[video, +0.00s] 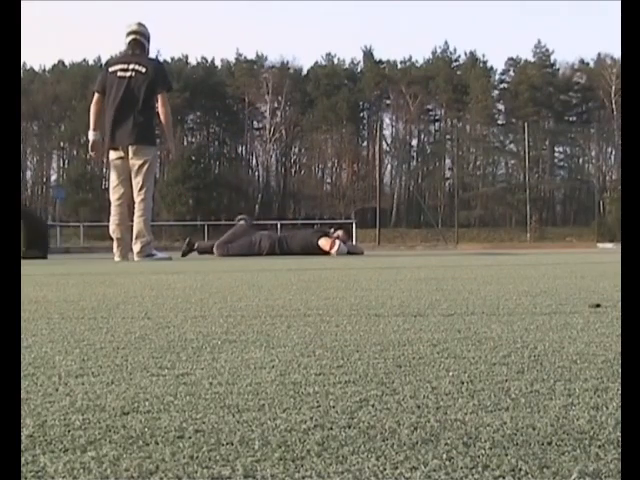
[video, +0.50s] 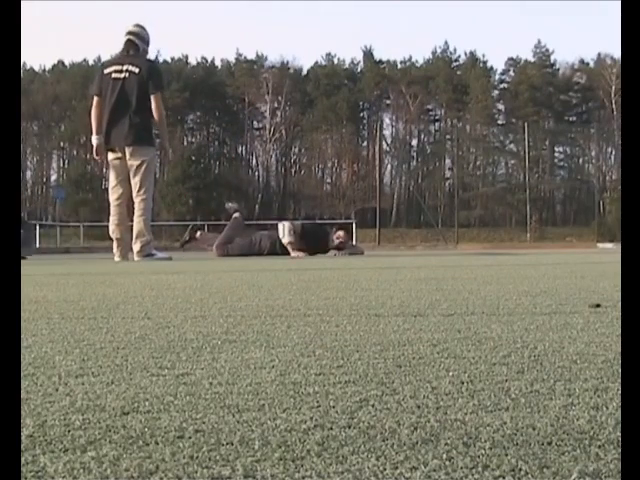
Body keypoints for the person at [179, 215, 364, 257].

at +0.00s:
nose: (338, 241)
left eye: (341, 240)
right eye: (339, 239)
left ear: (338, 239)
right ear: (334, 236)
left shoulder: (326, 240)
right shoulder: (320, 237)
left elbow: (358, 250)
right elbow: (335, 248)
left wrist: (343, 246)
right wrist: (353, 248)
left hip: (269, 242)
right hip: (266, 242)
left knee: (228, 247)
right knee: (220, 250)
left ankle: (194, 245)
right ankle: (242, 223)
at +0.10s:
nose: (339, 240)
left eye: (342, 239)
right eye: (340, 238)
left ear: (339, 239)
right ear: (335, 235)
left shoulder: (328, 241)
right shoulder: (321, 236)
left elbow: (358, 250)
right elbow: (334, 249)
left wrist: (344, 245)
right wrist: (352, 248)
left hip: (271, 241)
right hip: (267, 242)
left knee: (231, 245)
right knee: (220, 250)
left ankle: (195, 243)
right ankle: (239, 223)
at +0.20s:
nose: (341, 240)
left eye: (344, 239)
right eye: (342, 237)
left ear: (341, 239)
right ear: (336, 234)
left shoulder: (326, 239)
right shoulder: (320, 239)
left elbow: (353, 249)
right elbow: (339, 252)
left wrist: (347, 245)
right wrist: (355, 250)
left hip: (271, 241)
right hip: (267, 243)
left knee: (232, 244)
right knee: (221, 249)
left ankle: (197, 240)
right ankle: (236, 219)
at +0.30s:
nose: (342, 242)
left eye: (345, 241)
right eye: (342, 238)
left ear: (345, 241)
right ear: (337, 233)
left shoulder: (329, 242)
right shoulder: (313, 234)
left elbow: (359, 251)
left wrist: (344, 249)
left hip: (271, 247)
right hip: (266, 242)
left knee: (231, 245)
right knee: (221, 250)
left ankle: (199, 239)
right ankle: (236, 218)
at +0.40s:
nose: (343, 238)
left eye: (344, 238)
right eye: (342, 236)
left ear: (341, 239)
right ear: (336, 234)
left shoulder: (329, 242)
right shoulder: (322, 238)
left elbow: (355, 249)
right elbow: (290, 225)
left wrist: (350, 248)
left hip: (275, 244)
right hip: (270, 242)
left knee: (236, 244)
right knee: (221, 250)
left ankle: (200, 236)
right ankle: (236, 217)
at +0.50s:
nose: (340, 239)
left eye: (343, 239)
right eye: (339, 236)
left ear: (342, 242)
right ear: (334, 233)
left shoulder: (325, 243)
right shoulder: (318, 235)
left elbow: (357, 250)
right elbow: (283, 226)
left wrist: (350, 249)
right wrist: (291, 247)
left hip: (271, 244)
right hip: (266, 241)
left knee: (233, 244)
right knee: (220, 250)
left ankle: (199, 235)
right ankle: (236, 217)